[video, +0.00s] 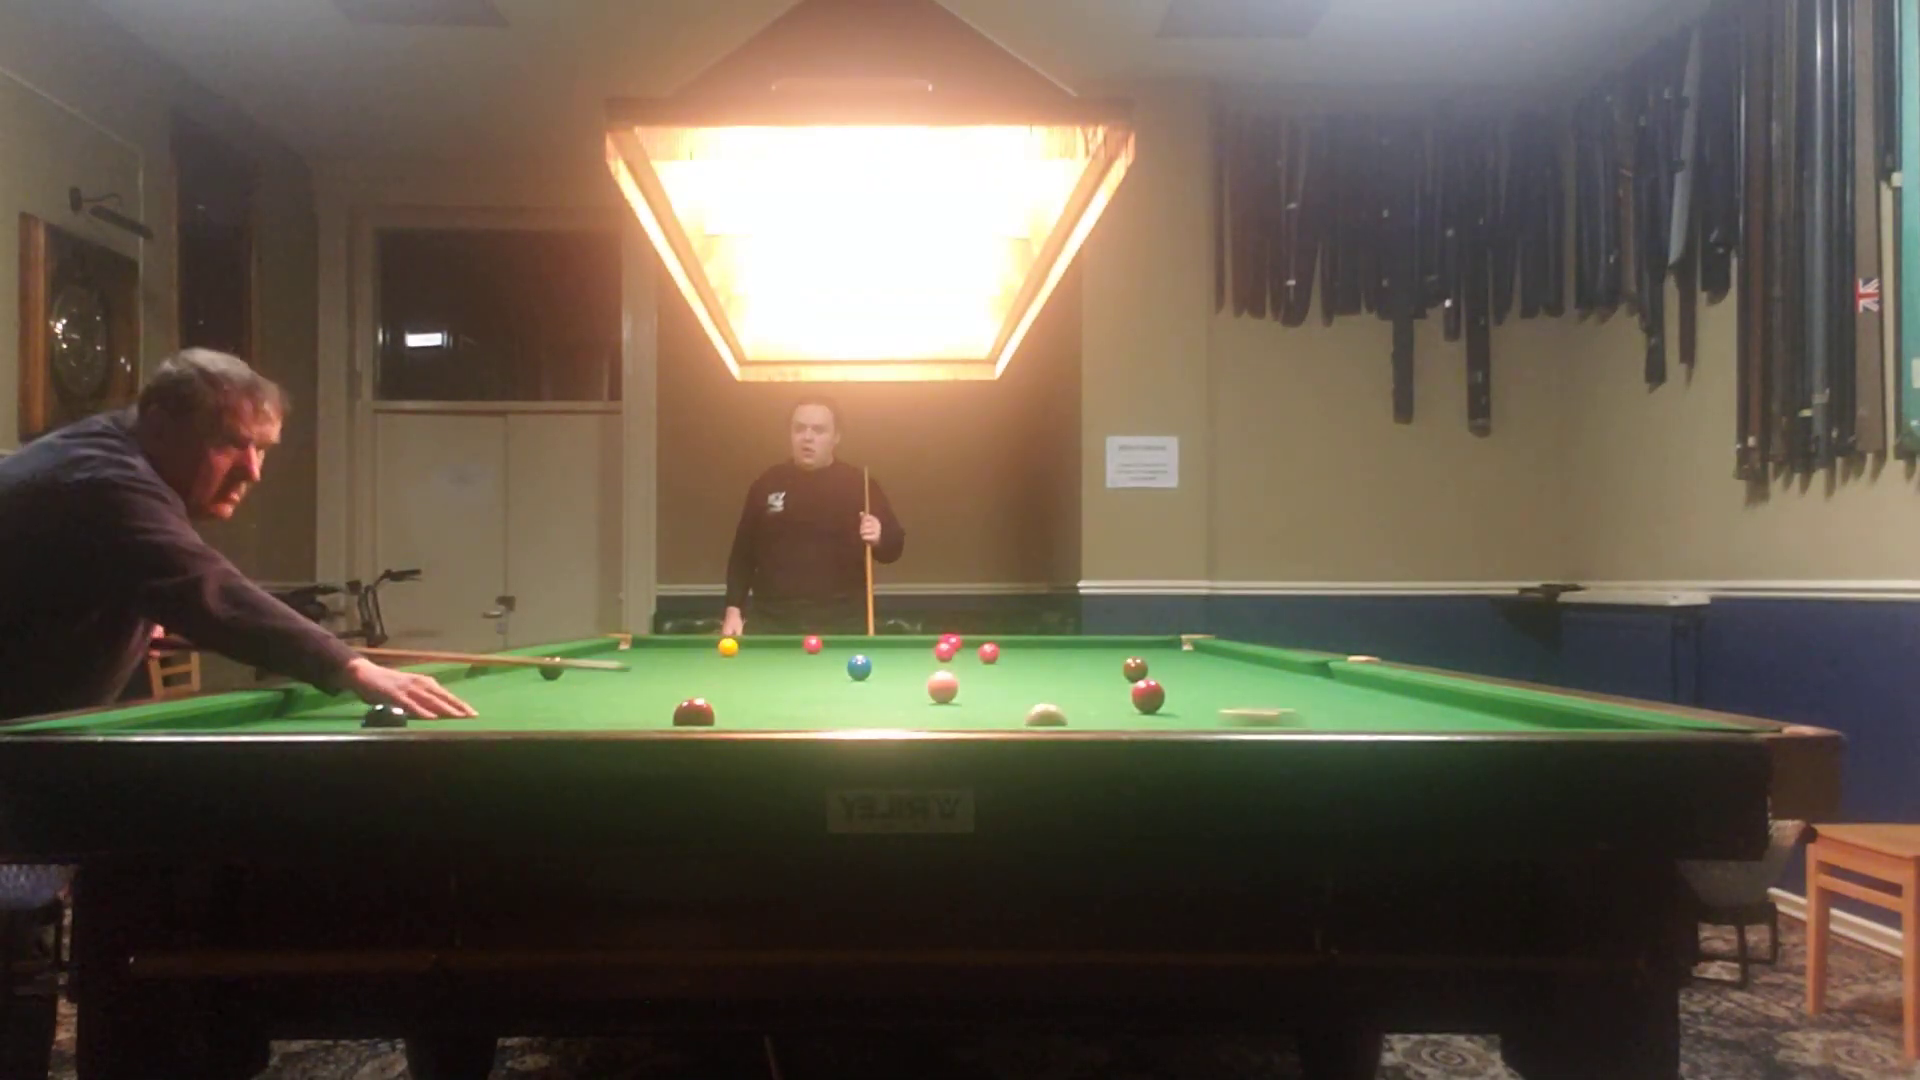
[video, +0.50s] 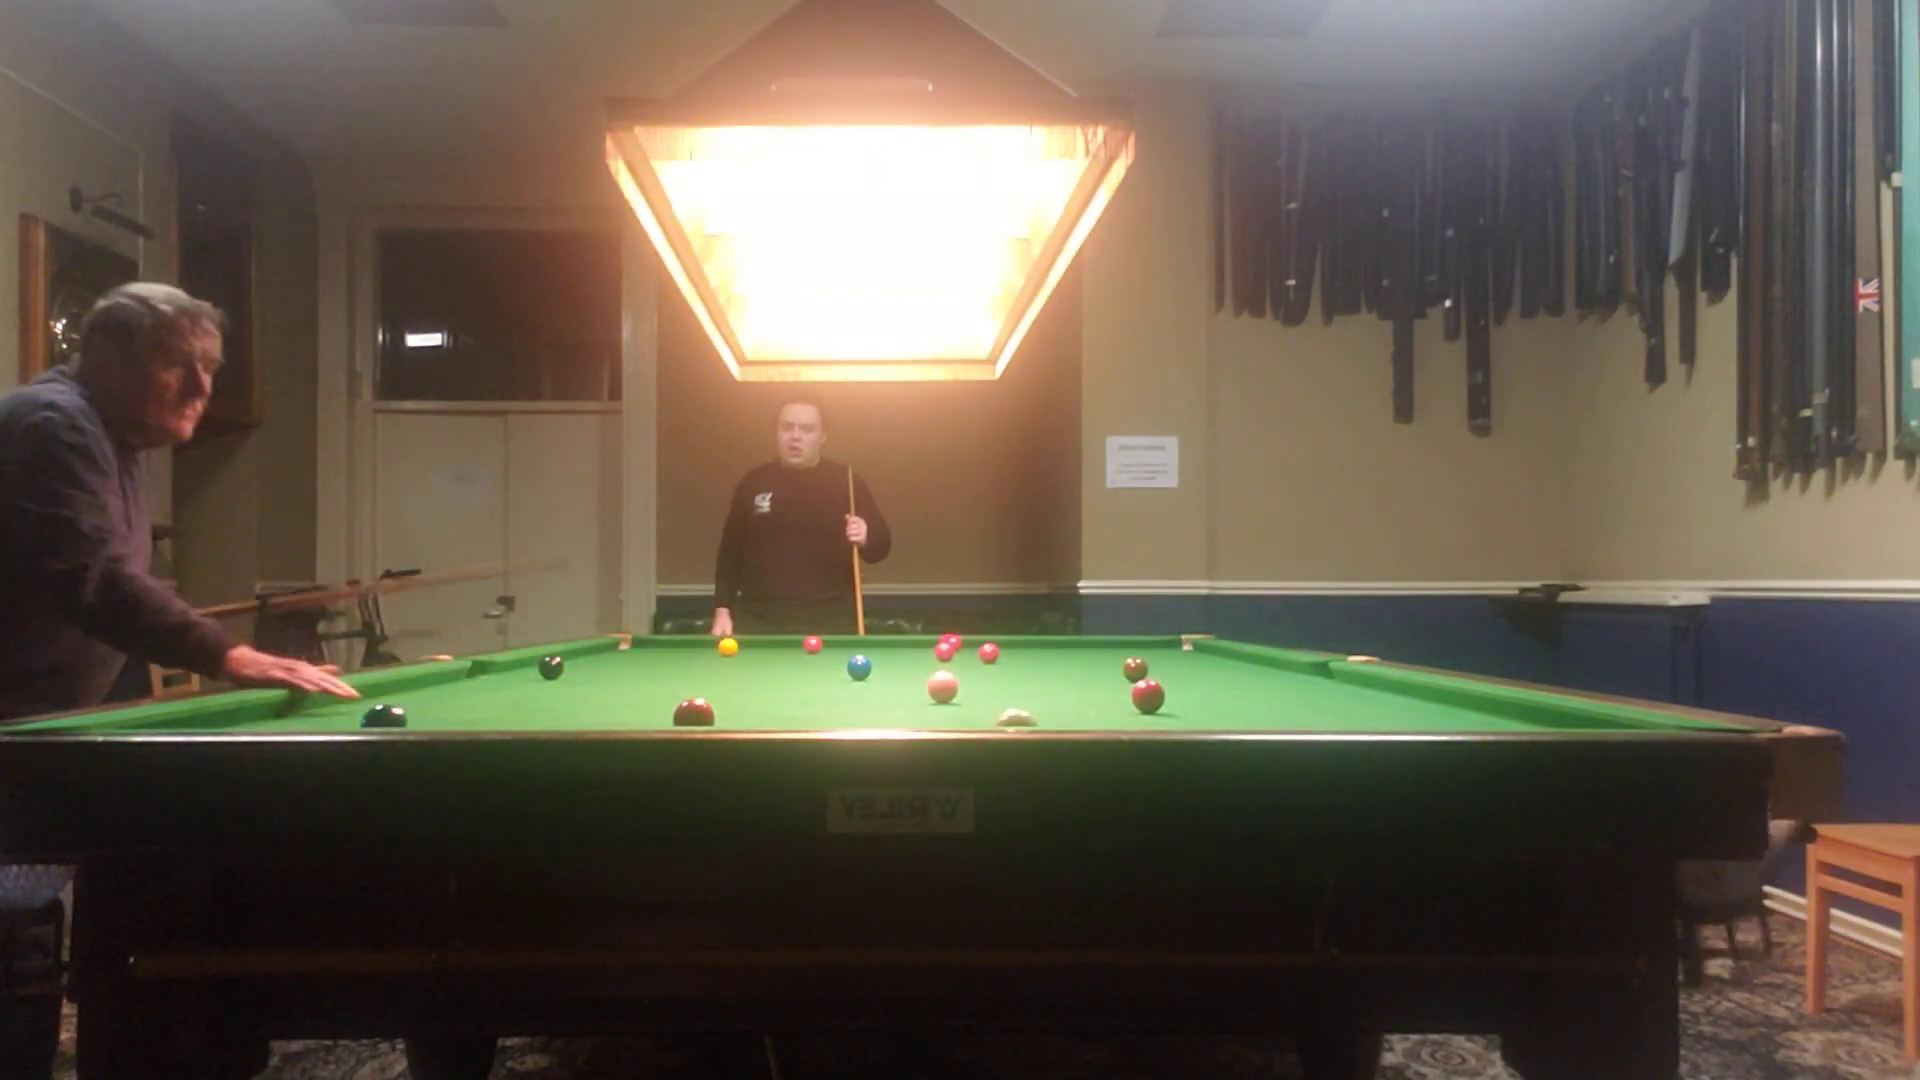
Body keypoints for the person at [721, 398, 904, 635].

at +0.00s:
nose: (807, 438)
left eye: (818, 430)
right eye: (800, 429)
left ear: (836, 437)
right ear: (790, 434)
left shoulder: (860, 485)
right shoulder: (768, 485)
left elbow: (893, 550)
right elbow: (743, 552)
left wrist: (881, 538)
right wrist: (734, 608)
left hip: (842, 626)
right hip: (773, 627)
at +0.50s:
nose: (795, 436)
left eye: (806, 429)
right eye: (788, 427)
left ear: (822, 437)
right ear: (776, 433)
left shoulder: (847, 482)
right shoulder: (754, 484)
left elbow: (880, 548)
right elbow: (730, 552)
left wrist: (867, 537)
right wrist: (723, 608)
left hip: (831, 624)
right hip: (761, 625)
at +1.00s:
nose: (753, 431)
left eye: (765, 424)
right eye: (746, 422)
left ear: (781, 433)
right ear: (735, 429)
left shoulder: (808, 482)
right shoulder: (711, 483)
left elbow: (836, 552)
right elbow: (687, 550)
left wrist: (839, 539)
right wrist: (681, 608)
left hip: (792, 627)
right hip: (723, 626)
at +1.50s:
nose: (728, 433)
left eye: (739, 426)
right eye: (720, 425)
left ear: (758, 434)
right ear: (711, 431)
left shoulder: (781, 485)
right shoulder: (686, 485)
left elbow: (809, 550)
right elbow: (662, 551)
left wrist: (821, 543)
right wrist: (655, 609)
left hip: (767, 627)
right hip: (696, 628)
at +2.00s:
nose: (727, 441)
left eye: (738, 433)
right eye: (719, 433)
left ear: (757, 437)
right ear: (711, 437)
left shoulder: (781, 486)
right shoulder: (689, 484)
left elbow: (815, 554)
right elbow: (665, 550)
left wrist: (817, 544)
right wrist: (659, 606)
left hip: (765, 629)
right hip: (695, 630)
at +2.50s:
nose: (735, 448)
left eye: (747, 438)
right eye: (727, 438)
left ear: (765, 440)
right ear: (716, 440)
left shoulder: (786, 487)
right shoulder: (694, 482)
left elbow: (814, 558)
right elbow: (667, 547)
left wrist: (817, 545)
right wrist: (659, 605)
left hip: (765, 631)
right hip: (695, 631)